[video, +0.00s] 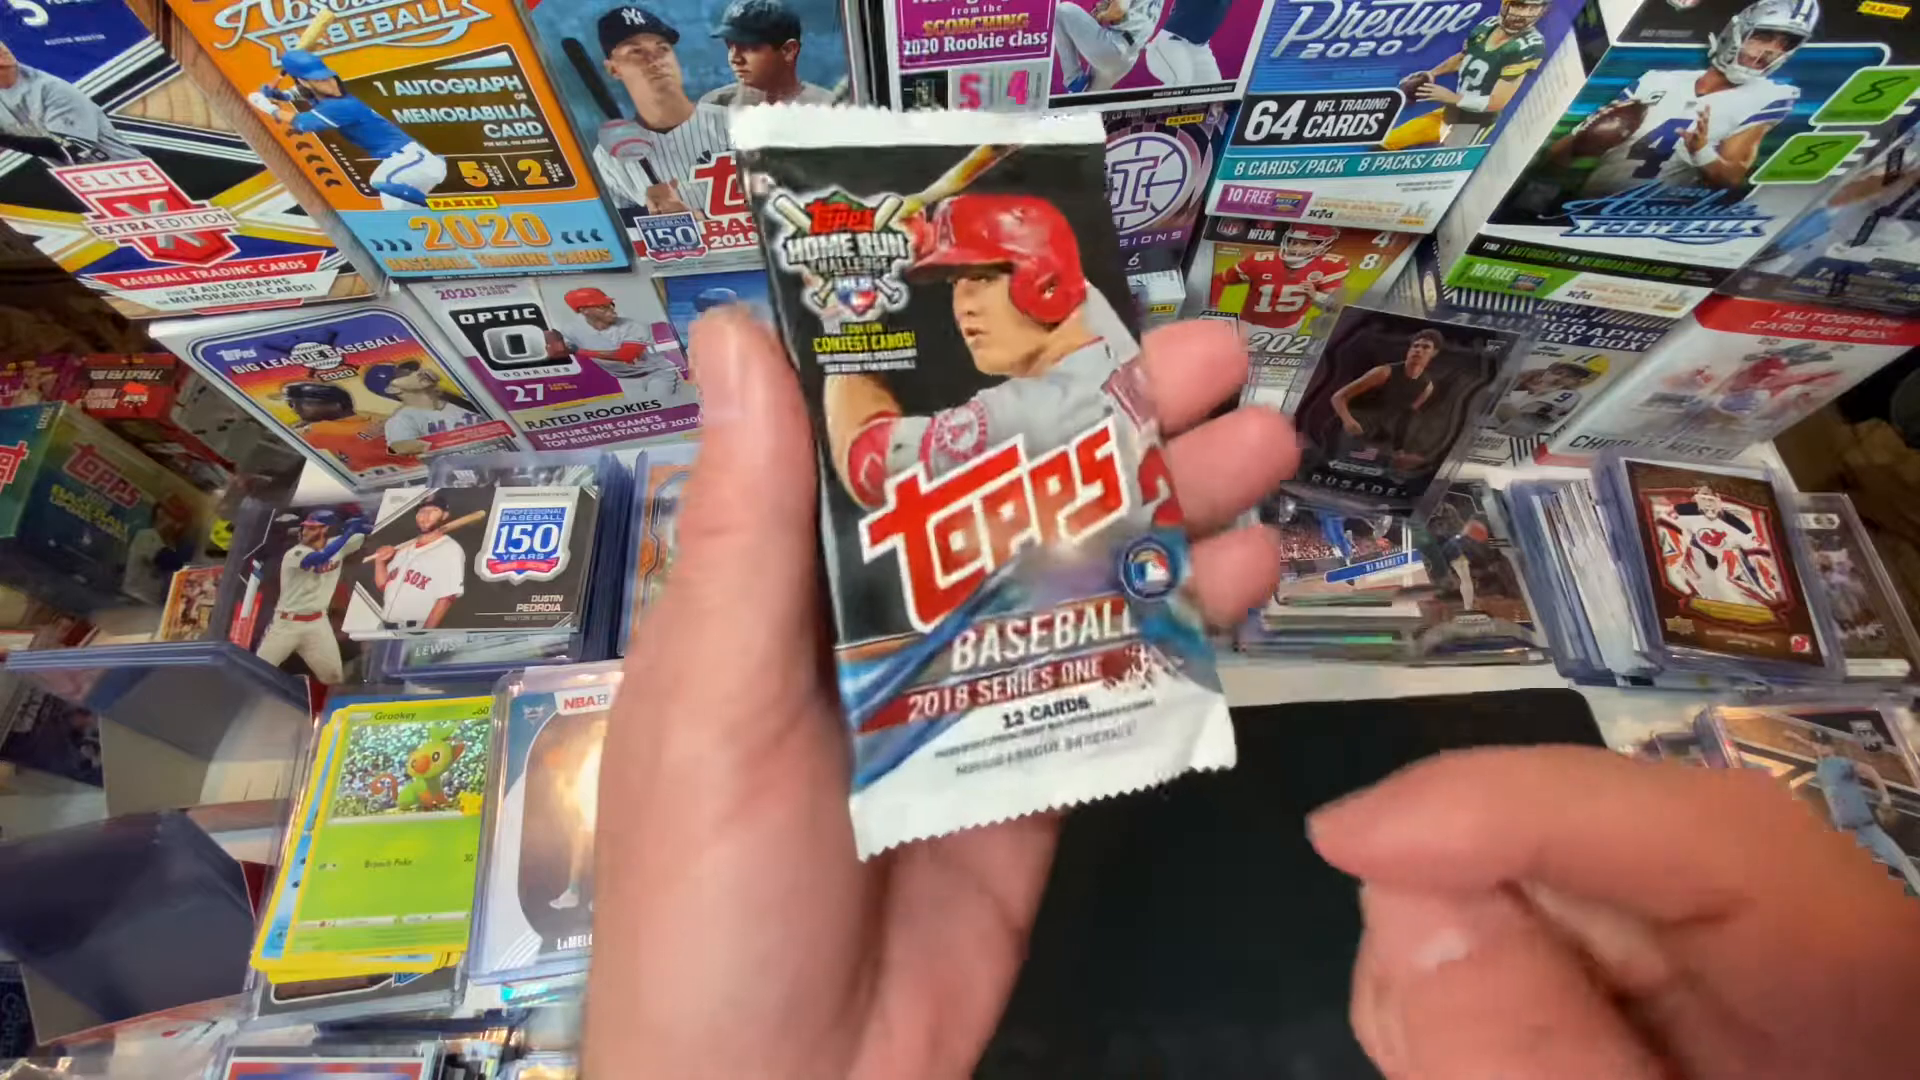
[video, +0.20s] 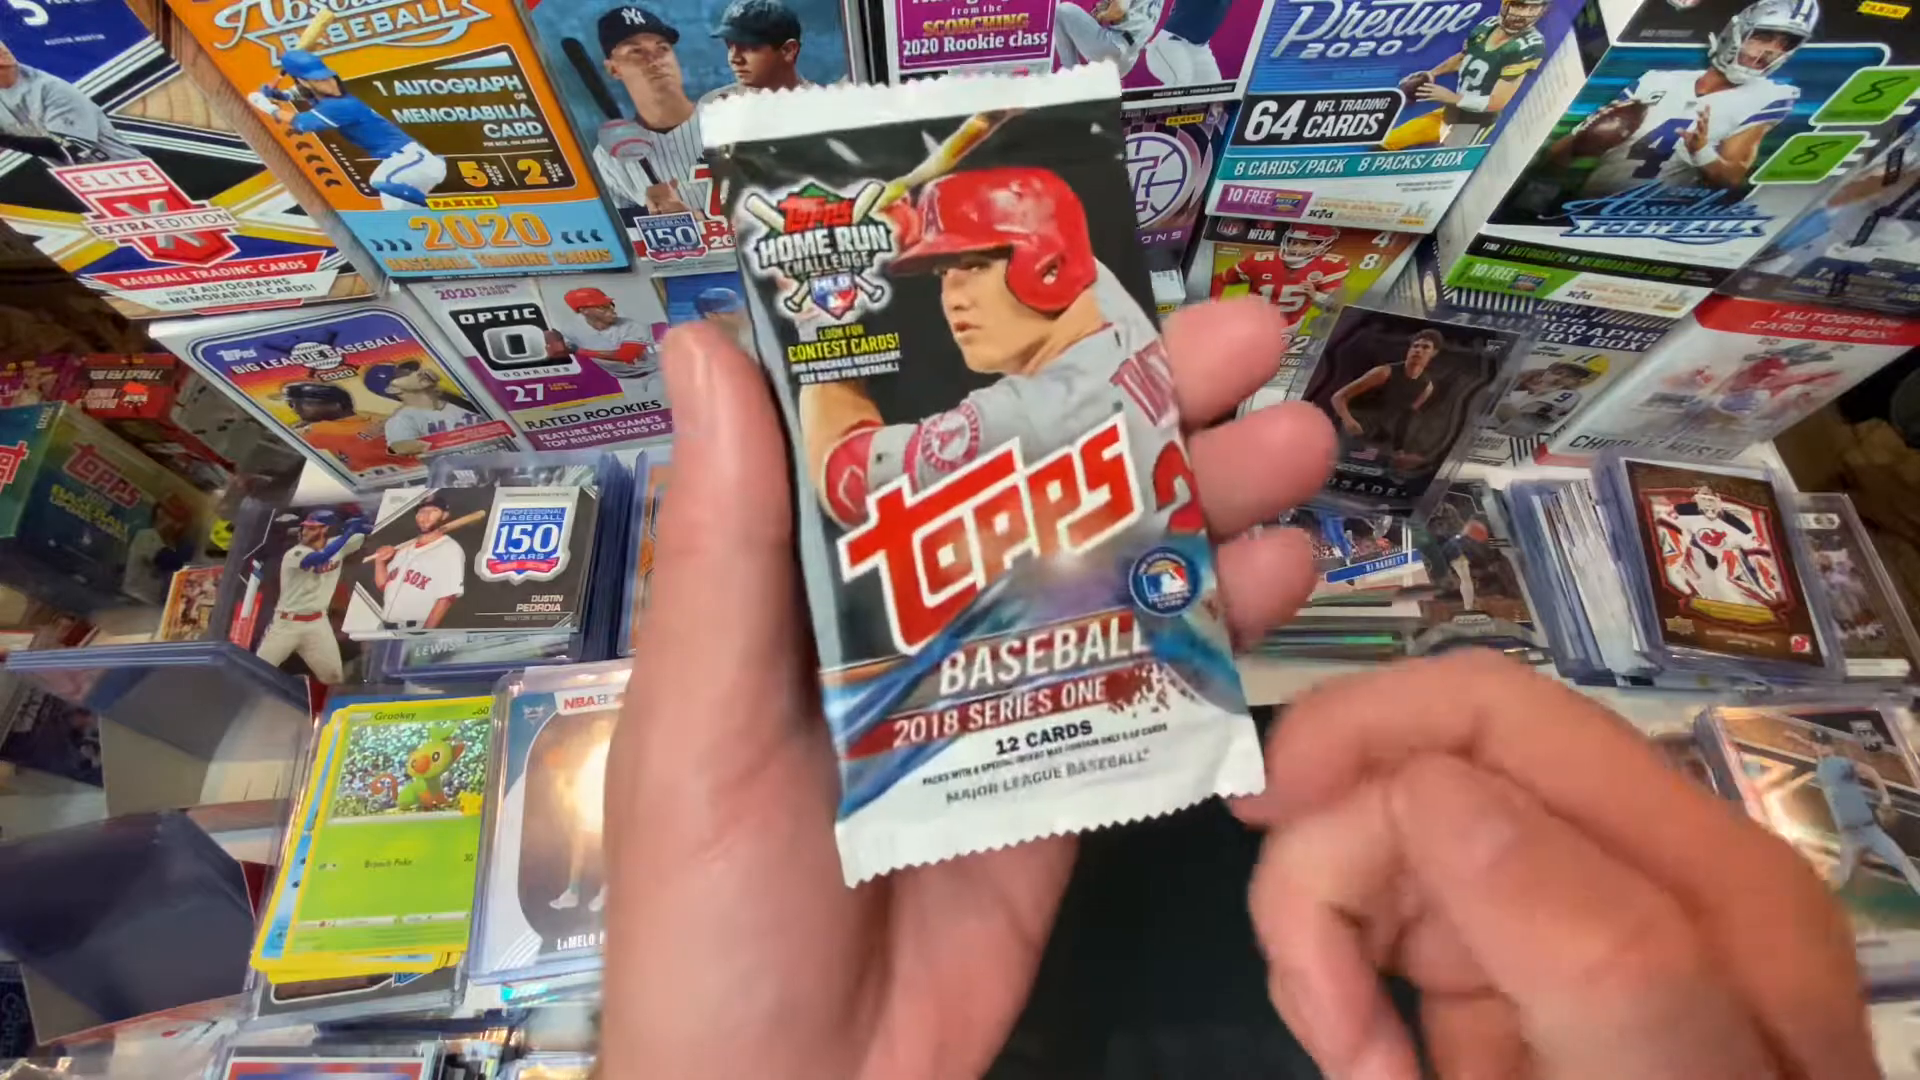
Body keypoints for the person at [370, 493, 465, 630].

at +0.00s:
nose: (426, 517)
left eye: (433, 511)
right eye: (422, 511)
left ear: (444, 515)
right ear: (416, 515)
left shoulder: (451, 550)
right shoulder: (405, 548)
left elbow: (446, 599)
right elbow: (383, 586)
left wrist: (424, 634)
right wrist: (380, 562)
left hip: (415, 631)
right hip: (386, 627)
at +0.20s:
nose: (425, 517)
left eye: (432, 512)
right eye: (421, 511)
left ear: (444, 515)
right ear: (416, 516)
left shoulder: (451, 550)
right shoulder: (406, 547)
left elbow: (446, 598)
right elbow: (382, 585)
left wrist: (424, 634)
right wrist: (380, 562)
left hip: (415, 631)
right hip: (386, 627)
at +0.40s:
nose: (426, 516)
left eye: (432, 511)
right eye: (422, 511)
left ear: (445, 516)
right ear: (416, 516)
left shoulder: (451, 550)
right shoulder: (404, 548)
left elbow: (447, 597)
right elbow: (382, 585)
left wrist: (425, 633)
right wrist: (380, 561)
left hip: (416, 631)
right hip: (386, 628)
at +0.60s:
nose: (426, 516)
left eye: (432, 511)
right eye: (422, 511)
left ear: (445, 516)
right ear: (416, 516)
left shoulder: (451, 550)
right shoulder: (404, 548)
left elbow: (447, 598)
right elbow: (382, 584)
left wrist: (425, 633)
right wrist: (380, 561)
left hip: (416, 631)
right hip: (386, 628)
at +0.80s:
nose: (426, 516)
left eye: (433, 511)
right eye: (422, 511)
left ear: (445, 516)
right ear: (416, 516)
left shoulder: (451, 550)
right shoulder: (404, 548)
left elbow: (447, 598)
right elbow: (382, 584)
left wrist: (425, 633)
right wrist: (380, 561)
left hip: (416, 630)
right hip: (387, 628)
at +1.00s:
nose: (425, 516)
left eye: (432, 511)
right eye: (422, 512)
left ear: (444, 516)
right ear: (416, 516)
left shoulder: (451, 550)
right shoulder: (405, 548)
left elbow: (446, 598)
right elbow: (382, 585)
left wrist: (424, 634)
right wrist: (379, 562)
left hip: (416, 631)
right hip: (386, 627)